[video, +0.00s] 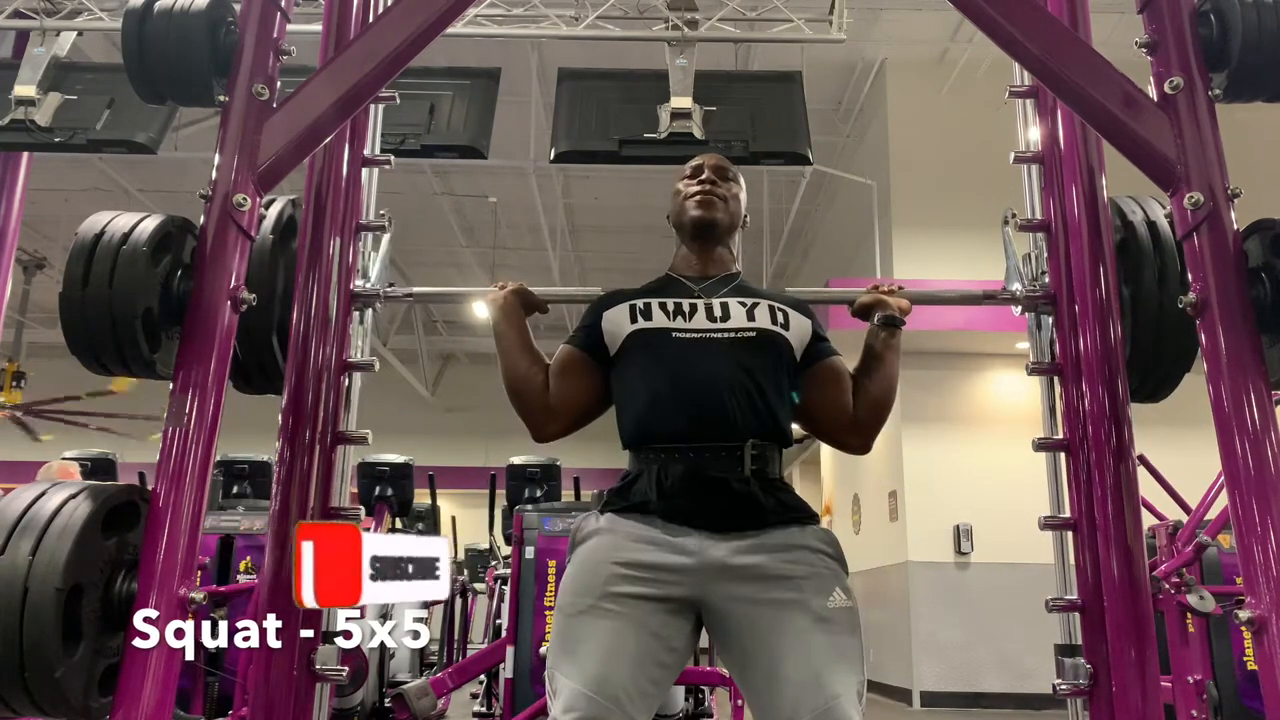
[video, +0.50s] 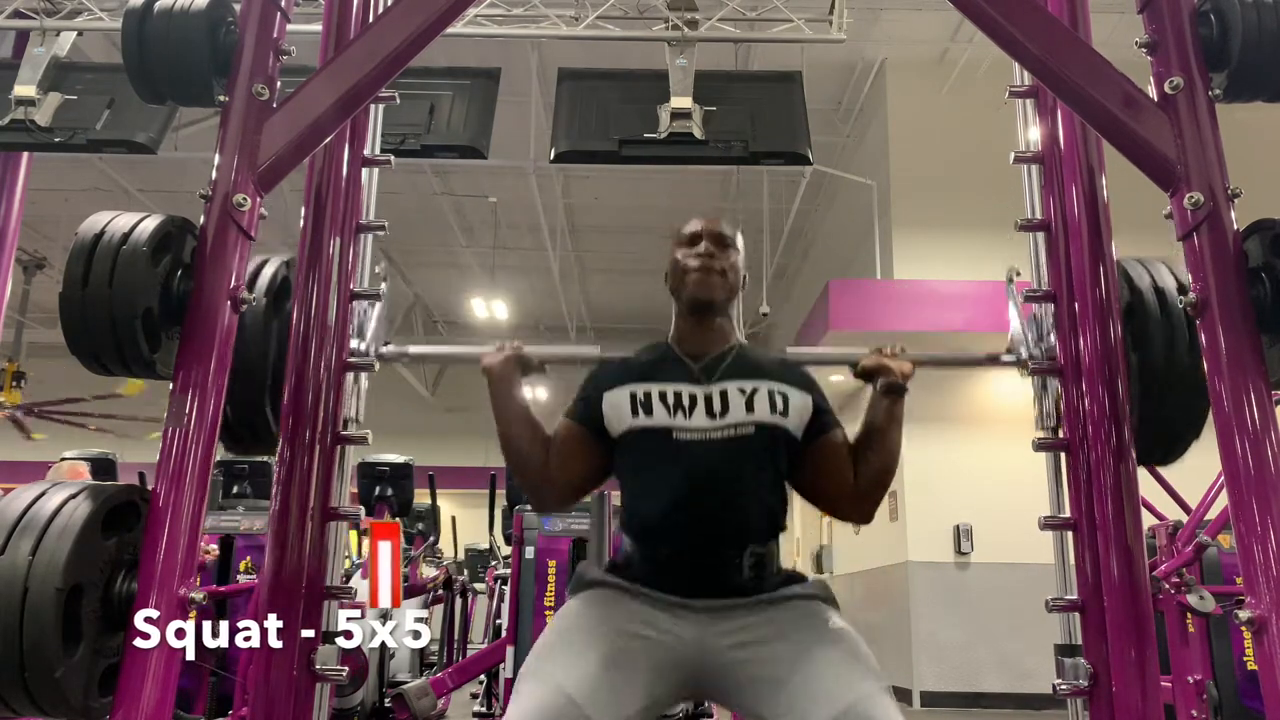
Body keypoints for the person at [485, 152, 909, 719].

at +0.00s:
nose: (707, 182)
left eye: (724, 178)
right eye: (692, 176)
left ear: (744, 214)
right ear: (669, 212)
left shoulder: (789, 318)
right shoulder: (617, 311)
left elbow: (856, 430)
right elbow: (547, 416)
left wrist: (886, 331)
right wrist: (507, 313)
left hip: (774, 538)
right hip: (637, 532)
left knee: (821, 710)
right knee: (588, 707)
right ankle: (674, 706)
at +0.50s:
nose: (707, 252)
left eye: (722, 246)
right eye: (691, 243)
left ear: (741, 279)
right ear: (667, 274)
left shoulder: (787, 383)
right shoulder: (615, 382)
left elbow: (856, 501)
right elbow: (549, 488)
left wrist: (889, 397)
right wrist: (504, 386)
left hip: (767, 615)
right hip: (632, 611)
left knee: (871, 713)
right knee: (532, 712)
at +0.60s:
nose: (703, 286)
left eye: (719, 279)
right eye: (689, 278)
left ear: (743, 310)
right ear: (669, 310)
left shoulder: (785, 414)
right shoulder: (615, 413)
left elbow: (856, 534)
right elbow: (547, 522)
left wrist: (889, 429)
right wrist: (500, 409)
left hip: (768, 643)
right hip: (631, 638)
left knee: (882, 716)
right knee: (521, 714)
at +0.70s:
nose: (703, 345)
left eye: (718, 334)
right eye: (689, 333)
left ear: (742, 354)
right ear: (668, 355)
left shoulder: (788, 463)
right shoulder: (615, 462)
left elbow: (858, 587)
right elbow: (548, 570)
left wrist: (893, 474)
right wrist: (501, 462)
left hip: (768, 677)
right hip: (635, 673)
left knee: (883, 717)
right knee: (518, 716)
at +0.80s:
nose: (702, 385)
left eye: (718, 372)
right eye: (688, 372)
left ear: (742, 388)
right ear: (666, 390)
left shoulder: (789, 497)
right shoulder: (614, 490)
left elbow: (858, 615)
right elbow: (546, 601)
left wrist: (893, 505)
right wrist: (499, 490)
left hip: (766, 693)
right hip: (636, 691)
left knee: (886, 718)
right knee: (512, 718)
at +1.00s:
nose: (697, 450)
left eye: (715, 434)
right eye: (682, 433)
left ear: (742, 443)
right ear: (662, 441)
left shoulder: (792, 548)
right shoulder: (610, 541)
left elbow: (857, 668)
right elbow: (545, 655)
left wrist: (896, 552)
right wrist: (497, 539)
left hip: (754, 712)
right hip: (644, 713)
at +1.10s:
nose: (698, 464)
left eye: (716, 449)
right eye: (682, 447)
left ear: (742, 455)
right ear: (662, 453)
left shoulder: (792, 562)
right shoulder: (608, 556)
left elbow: (860, 682)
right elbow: (542, 666)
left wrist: (898, 564)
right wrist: (495, 551)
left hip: (755, 714)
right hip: (647, 714)